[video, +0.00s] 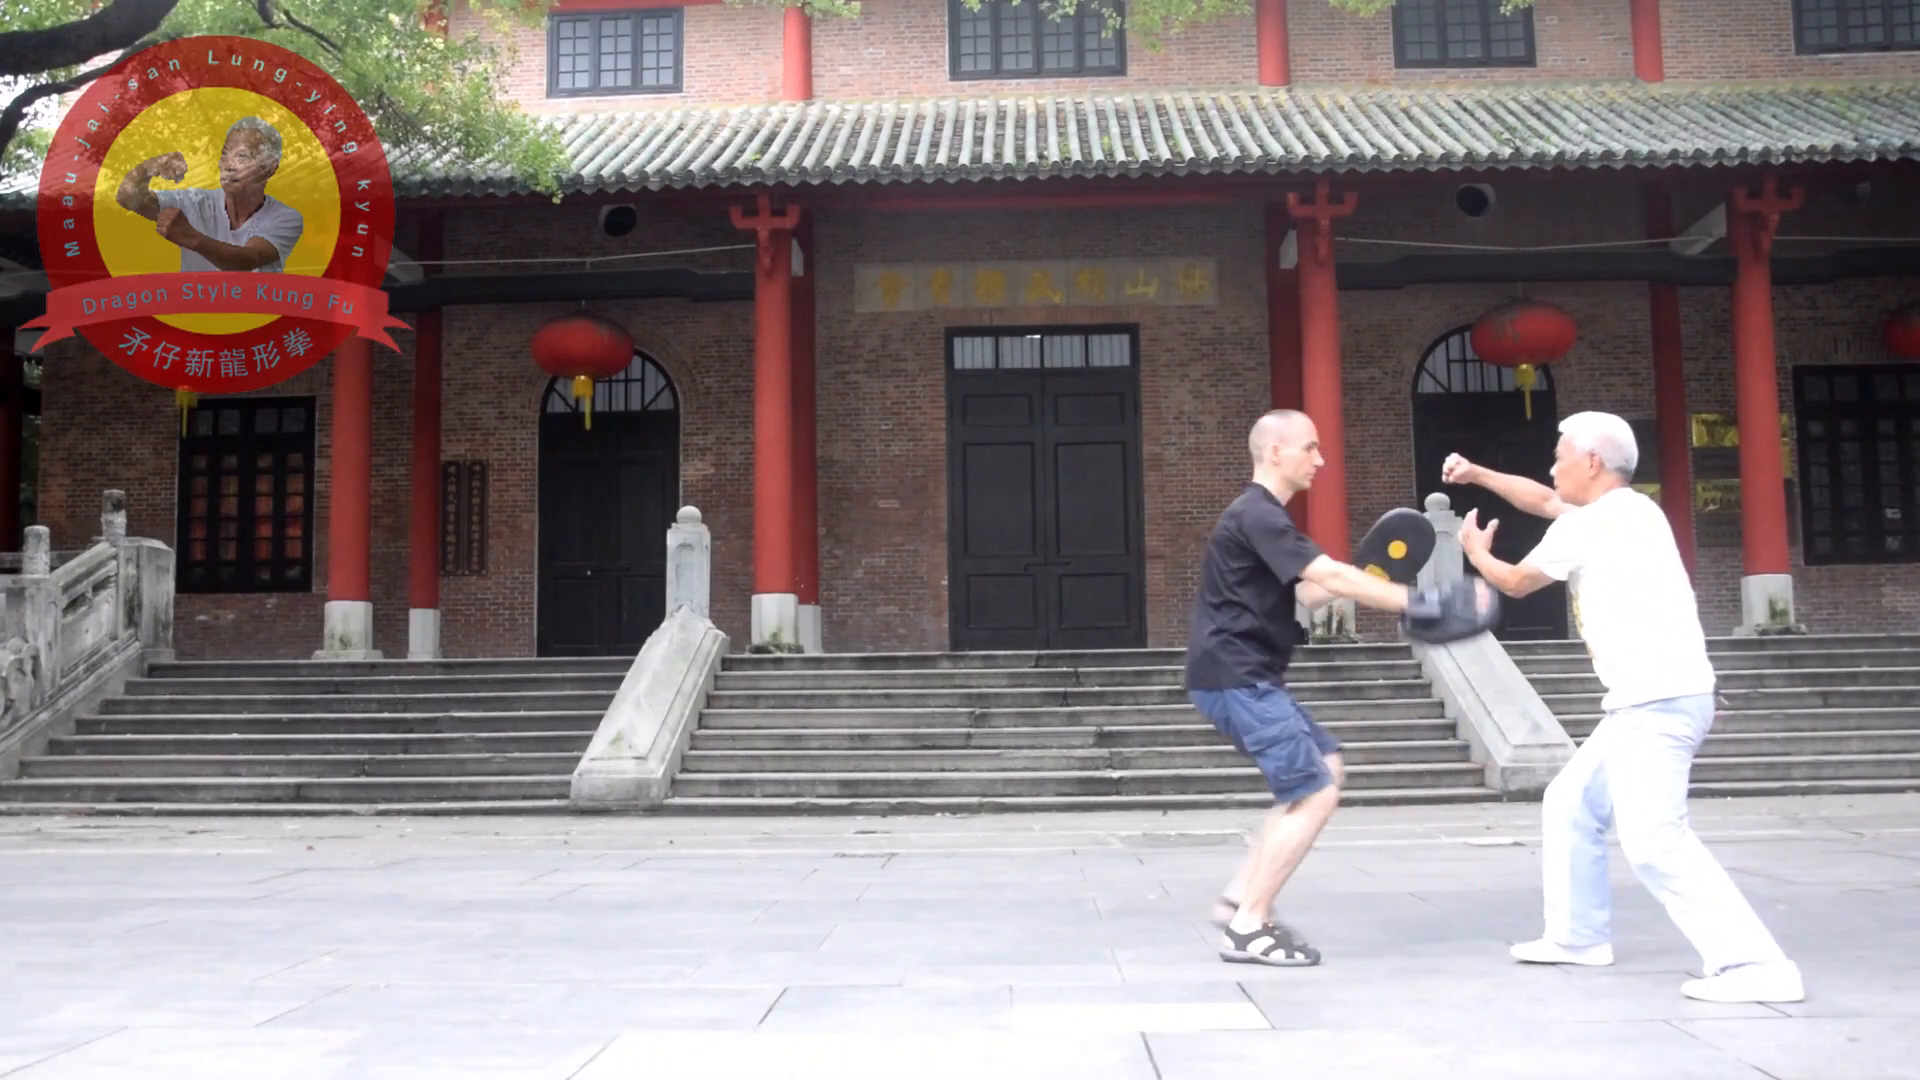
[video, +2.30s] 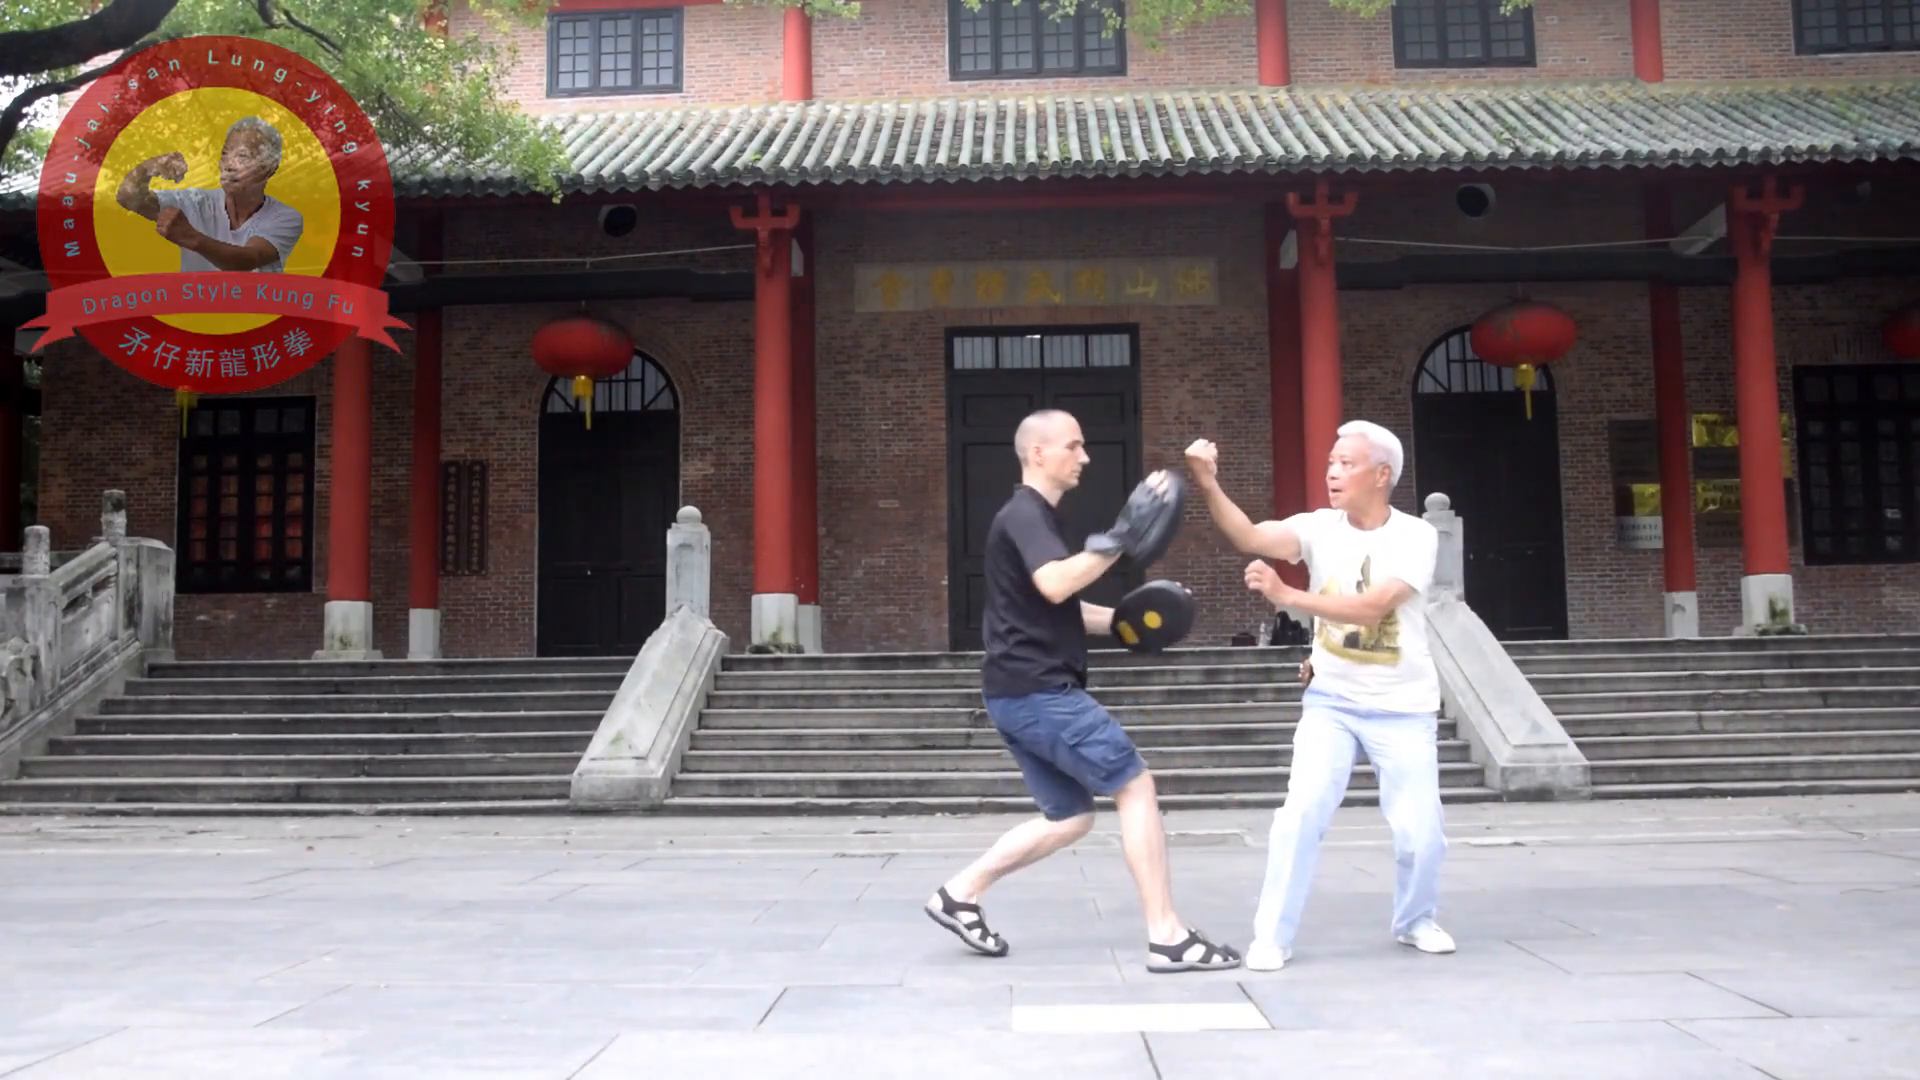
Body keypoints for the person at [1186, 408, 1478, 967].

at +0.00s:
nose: (1319, 458)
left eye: (1317, 448)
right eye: (1309, 448)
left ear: (1279, 454)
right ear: (1275, 453)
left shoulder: (1265, 512)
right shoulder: (1257, 513)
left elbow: (1302, 596)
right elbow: (1332, 576)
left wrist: (1355, 574)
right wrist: (1420, 604)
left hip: (1248, 673)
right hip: (1232, 677)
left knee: (1325, 767)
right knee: (1316, 789)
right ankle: (1249, 926)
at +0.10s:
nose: (1291, 459)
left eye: (1290, 448)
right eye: (1282, 448)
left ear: (1249, 457)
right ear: (1248, 454)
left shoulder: (1242, 518)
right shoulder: (1224, 510)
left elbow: (1306, 583)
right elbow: (1312, 535)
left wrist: (1376, 561)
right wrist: (1395, 495)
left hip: (1187, 678)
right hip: (1200, 677)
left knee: (1202, 819)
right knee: (1291, 788)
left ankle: (1075, 888)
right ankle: (1245, 929)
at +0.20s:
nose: (1261, 467)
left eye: (1259, 458)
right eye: (1250, 458)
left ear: (1220, 469)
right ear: (1215, 468)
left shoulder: (1227, 522)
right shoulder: (1195, 516)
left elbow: (1288, 571)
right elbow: (1273, 504)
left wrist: (1351, 564)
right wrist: (1334, 445)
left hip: (1130, 682)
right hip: (1158, 684)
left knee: (1097, 812)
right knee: (1267, 779)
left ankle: (970, 891)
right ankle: (1244, 926)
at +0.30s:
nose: (1228, 483)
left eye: (1226, 473)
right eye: (1218, 472)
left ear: (1184, 482)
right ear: (1181, 479)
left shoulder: (1184, 539)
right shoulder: (1159, 528)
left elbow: (1249, 589)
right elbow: (1234, 519)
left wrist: (1311, 575)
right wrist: (1289, 454)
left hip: (1082, 685)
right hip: (1107, 685)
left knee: (1038, 816)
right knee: (1224, 773)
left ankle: (927, 919)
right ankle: (1230, 929)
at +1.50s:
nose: (1154, 469)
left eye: (1152, 459)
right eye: (1144, 459)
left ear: (1111, 468)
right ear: (1108, 465)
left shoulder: (1107, 532)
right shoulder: (1088, 522)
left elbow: (1167, 598)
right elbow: (1176, 533)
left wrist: (1239, 591)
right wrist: (1237, 481)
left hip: (1045, 689)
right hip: (1066, 688)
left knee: (1030, 822)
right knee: (1177, 783)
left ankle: (925, 924)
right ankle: (1169, 935)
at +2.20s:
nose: (1102, 453)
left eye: (1101, 443)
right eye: (1091, 443)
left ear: (1066, 452)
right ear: (1055, 450)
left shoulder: (1070, 518)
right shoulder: (1042, 508)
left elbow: (1120, 593)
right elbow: (1098, 544)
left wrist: (1175, 606)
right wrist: (1159, 483)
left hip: (1024, 686)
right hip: (1047, 685)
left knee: (1048, 819)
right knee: (1148, 783)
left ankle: (935, 906)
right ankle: (1167, 937)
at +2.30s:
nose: (1084, 457)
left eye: (1082, 446)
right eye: (1073, 447)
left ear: (1043, 457)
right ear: (1037, 455)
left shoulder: (1037, 516)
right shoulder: (1024, 511)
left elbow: (1057, 608)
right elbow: (1052, 583)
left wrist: (1126, 622)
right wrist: (1118, 541)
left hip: (1019, 687)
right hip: (1036, 686)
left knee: (1070, 817)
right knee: (1135, 785)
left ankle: (958, 894)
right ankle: (1167, 937)